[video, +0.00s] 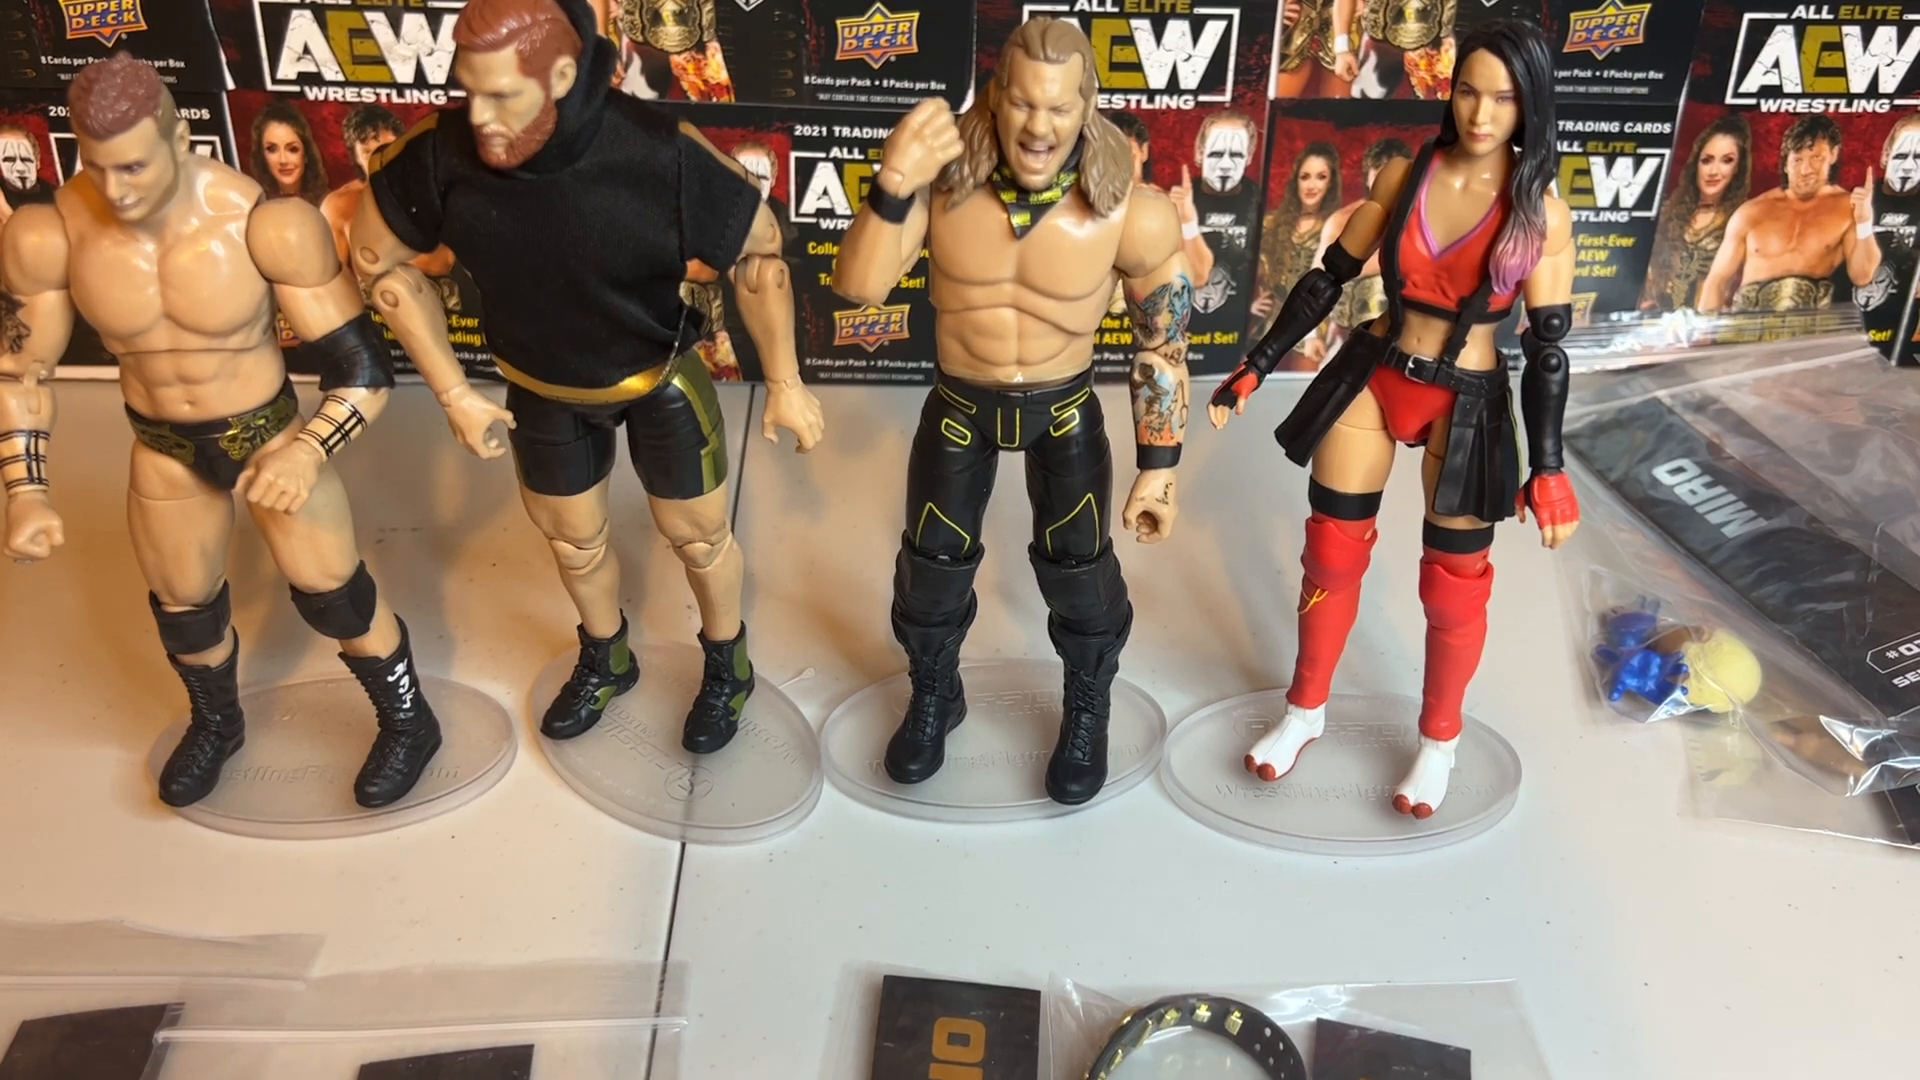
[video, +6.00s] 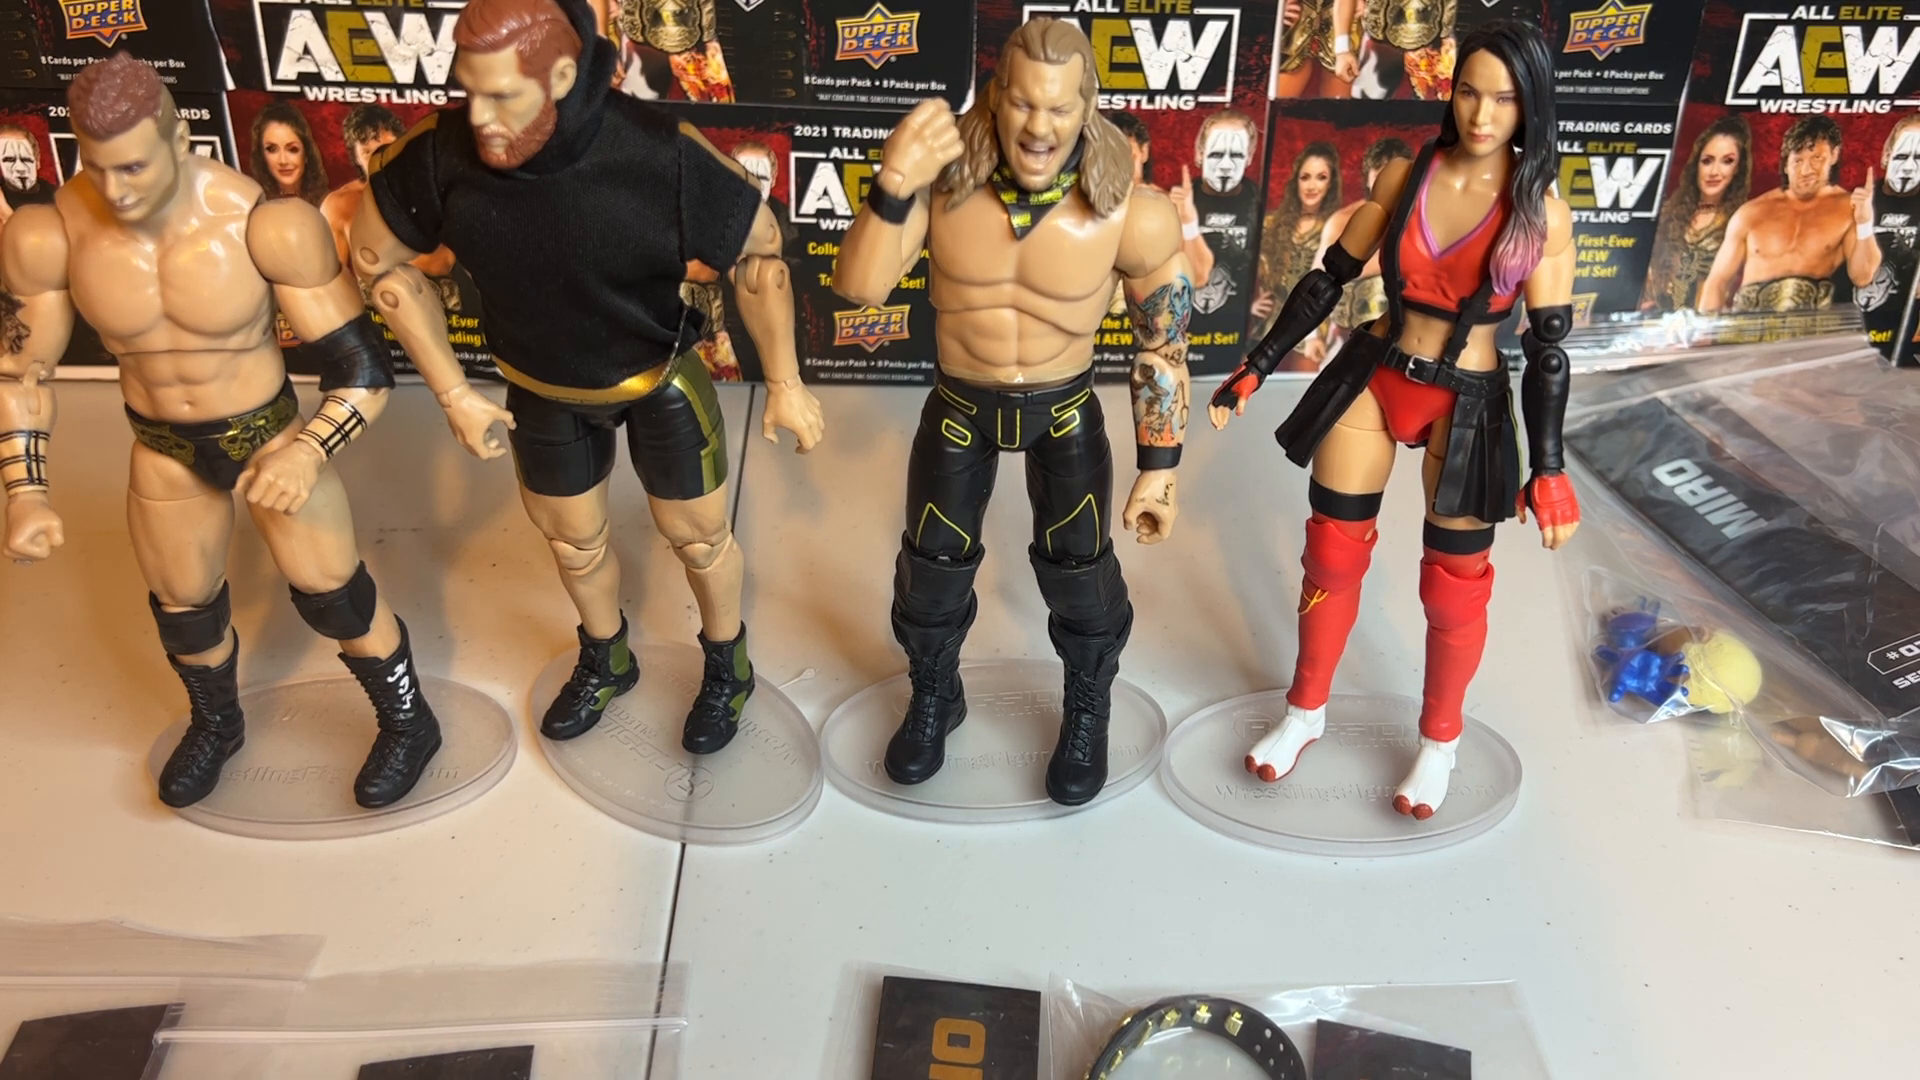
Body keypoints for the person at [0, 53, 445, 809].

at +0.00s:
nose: (117, 188)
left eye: (134, 167)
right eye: (100, 169)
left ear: (178, 138)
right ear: (80, 151)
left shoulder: (268, 224)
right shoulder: (53, 232)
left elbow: (362, 371)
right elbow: (23, 372)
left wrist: (310, 447)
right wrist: (21, 486)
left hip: (269, 440)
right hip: (161, 451)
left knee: (336, 599)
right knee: (186, 616)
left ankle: (408, 721)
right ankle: (216, 722)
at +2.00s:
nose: (118, 188)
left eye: (134, 167)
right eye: (100, 169)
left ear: (178, 138)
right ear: (80, 152)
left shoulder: (267, 225)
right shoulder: (53, 233)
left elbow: (363, 369)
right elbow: (22, 373)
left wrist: (311, 446)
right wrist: (22, 487)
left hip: (268, 441)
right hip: (161, 451)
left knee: (335, 599)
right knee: (186, 616)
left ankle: (409, 721)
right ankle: (216, 722)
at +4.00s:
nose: (117, 188)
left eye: (134, 167)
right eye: (100, 169)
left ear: (178, 139)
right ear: (80, 151)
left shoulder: (268, 225)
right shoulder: (53, 233)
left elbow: (362, 370)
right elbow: (23, 372)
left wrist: (311, 447)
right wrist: (21, 486)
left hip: (269, 441)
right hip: (161, 452)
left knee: (336, 599)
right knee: (186, 616)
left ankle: (408, 721)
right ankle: (216, 722)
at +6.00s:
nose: (118, 188)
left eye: (134, 167)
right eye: (100, 169)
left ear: (178, 138)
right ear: (80, 151)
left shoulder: (268, 225)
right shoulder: (53, 232)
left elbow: (362, 370)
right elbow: (23, 372)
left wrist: (312, 446)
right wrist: (22, 487)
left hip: (269, 440)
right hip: (161, 451)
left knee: (336, 599)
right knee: (186, 617)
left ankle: (408, 722)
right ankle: (216, 723)